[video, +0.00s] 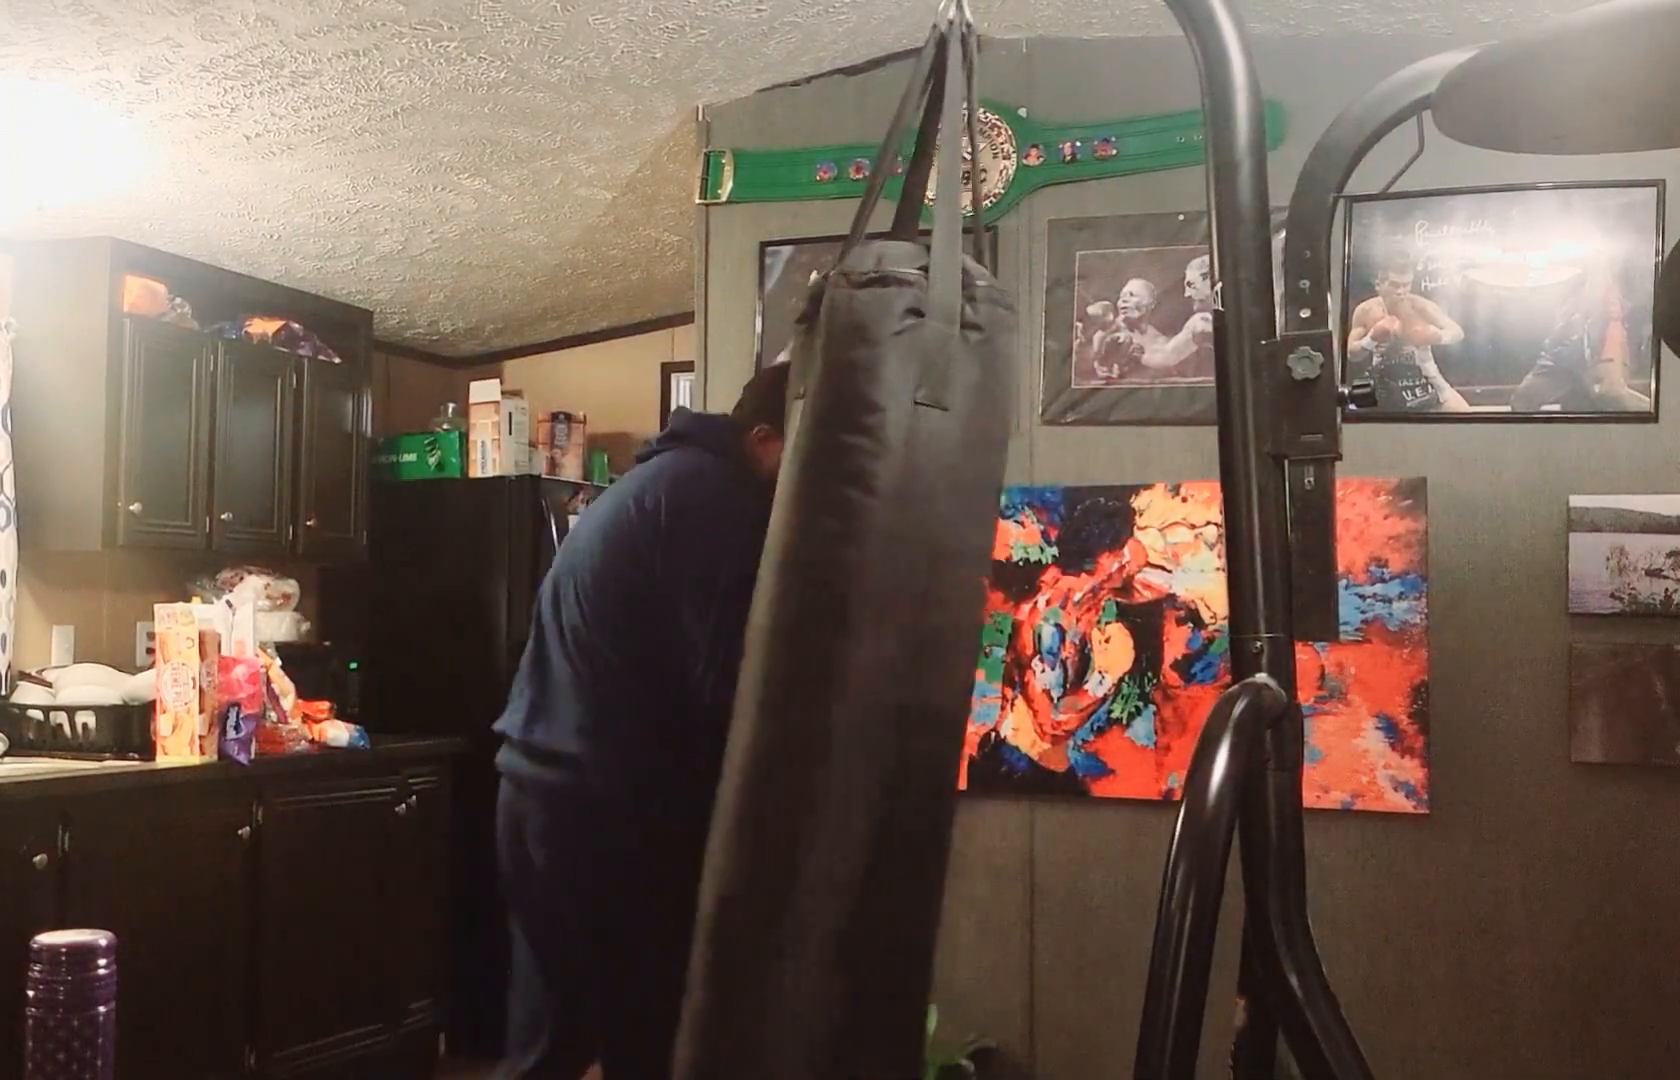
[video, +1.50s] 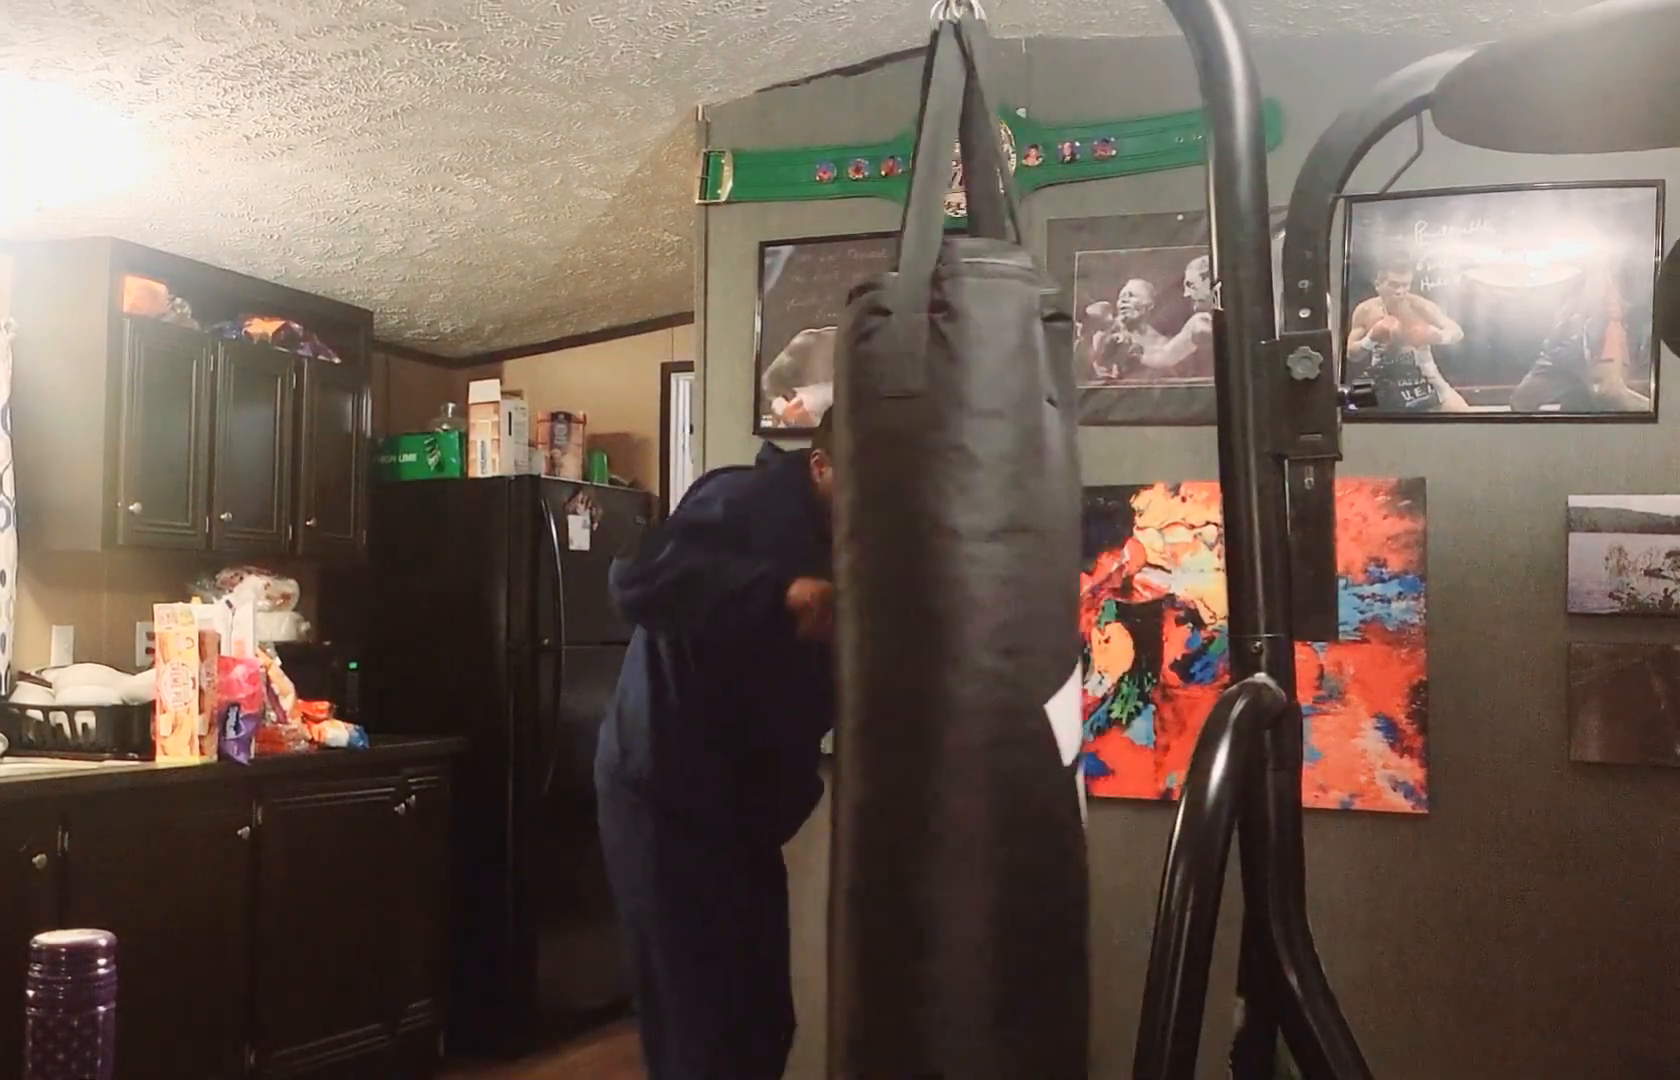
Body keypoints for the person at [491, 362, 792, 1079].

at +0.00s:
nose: (798, 484)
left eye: (807, 468)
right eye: (802, 464)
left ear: (755, 432)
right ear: (771, 440)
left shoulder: (658, 476)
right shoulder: (720, 495)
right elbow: (734, 679)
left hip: (535, 785)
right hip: (610, 803)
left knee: (548, 1030)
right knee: (644, 1034)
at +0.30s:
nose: (849, 492)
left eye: (854, 476)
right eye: (845, 473)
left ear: (783, 456)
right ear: (782, 456)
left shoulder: (756, 512)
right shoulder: (700, 503)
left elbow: (831, 660)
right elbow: (730, 654)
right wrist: (806, 524)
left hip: (703, 810)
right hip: (650, 811)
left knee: (739, 1029)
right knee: (687, 1037)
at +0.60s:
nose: (835, 512)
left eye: (846, 493)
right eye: (817, 494)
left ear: (858, 479)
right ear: (764, 472)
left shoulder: (825, 547)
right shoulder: (687, 523)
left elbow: (864, 696)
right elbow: (647, 676)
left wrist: (870, 589)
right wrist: (758, 569)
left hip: (766, 808)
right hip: (675, 810)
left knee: (793, 1031)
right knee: (732, 1040)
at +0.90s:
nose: (888, 487)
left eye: (900, 470)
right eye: (870, 468)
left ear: (912, 456)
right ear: (818, 444)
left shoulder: (857, 525)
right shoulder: (763, 482)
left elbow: (873, 675)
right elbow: (693, 539)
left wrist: (908, 586)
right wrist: (859, 553)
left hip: (748, 805)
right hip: (678, 799)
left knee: (754, 1034)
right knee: (704, 1033)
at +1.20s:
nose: (885, 503)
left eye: (894, 486)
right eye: (872, 482)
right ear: (821, 456)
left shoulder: (835, 530)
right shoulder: (764, 493)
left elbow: (845, 694)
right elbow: (717, 614)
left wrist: (903, 606)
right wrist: (875, 590)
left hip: (732, 805)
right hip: (663, 799)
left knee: (741, 1029)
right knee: (685, 1032)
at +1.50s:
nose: (873, 490)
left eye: (877, 475)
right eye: (864, 473)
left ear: (825, 467)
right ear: (823, 464)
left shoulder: (829, 533)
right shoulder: (746, 499)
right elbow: (641, 581)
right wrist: (782, 594)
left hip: (739, 798)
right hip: (667, 793)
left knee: (759, 1027)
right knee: (710, 1034)